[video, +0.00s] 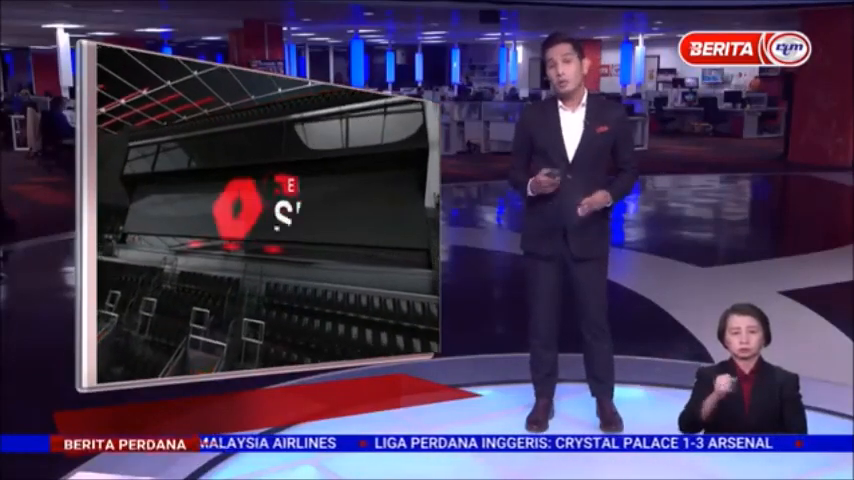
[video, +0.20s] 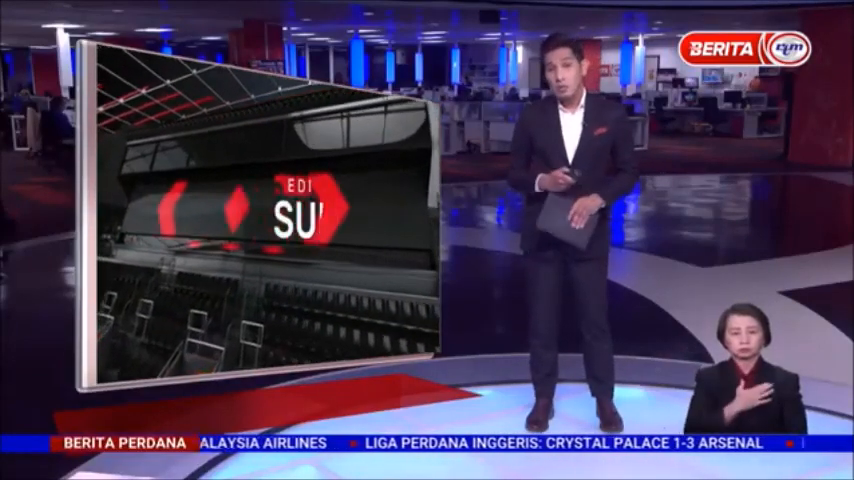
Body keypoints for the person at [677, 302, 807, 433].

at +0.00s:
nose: (744, 339)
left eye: (752, 331)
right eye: (735, 333)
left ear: (765, 338)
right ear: (724, 340)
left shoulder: (785, 381)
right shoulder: (709, 377)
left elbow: (797, 437)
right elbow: (687, 426)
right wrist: (715, 396)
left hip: (770, 466)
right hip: (718, 464)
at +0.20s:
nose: (744, 339)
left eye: (752, 332)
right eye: (735, 333)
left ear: (764, 338)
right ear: (724, 340)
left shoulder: (786, 381)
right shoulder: (709, 378)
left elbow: (797, 439)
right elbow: (693, 432)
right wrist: (736, 406)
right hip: (717, 464)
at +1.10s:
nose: (743, 339)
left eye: (751, 331)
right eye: (734, 332)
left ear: (763, 336)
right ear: (724, 340)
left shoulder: (783, 377)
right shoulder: (710, 376)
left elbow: (809, 419)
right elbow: (691, 423)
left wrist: (775, 411)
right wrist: (732, 392)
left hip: (772, 463)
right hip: (720, 462)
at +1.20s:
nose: (743, 340)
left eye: (750, 331)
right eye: (734, 333)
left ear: (763, 336)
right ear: (723, 340)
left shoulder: (783, 375)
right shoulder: (710, 376)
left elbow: (810, 414)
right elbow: (691, 422)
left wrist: (778, 392)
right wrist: (731, 387)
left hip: (774, 461)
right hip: (722, 462)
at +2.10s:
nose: (743, 341)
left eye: (750, 332)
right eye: (734, 334)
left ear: (762, 335)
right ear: (722, 340)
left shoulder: (782, 375)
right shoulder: (710, 375)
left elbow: (804, 416)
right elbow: (685, 420)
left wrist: (758, 392)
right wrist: (725, 399)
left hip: (774, 461)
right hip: (720, 462)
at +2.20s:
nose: (742, 342)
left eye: (749, 333)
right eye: (733, 335)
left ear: (761, 336)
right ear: (722, 341)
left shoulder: (782, 375)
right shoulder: (709, 376)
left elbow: (808, 419)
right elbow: (680, 423)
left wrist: (774, 395)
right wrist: (706, 406)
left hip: (775, 461)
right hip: (721, 461)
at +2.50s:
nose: (743, 345)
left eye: (750, 336)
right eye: (734, 337)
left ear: (762, 338)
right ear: (723, 341)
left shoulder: (781, 375)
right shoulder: (711, 376)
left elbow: (809, 417)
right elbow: (680, 420)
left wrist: (784, 384)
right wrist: (701, 385)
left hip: (772, 460)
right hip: (720, 460)